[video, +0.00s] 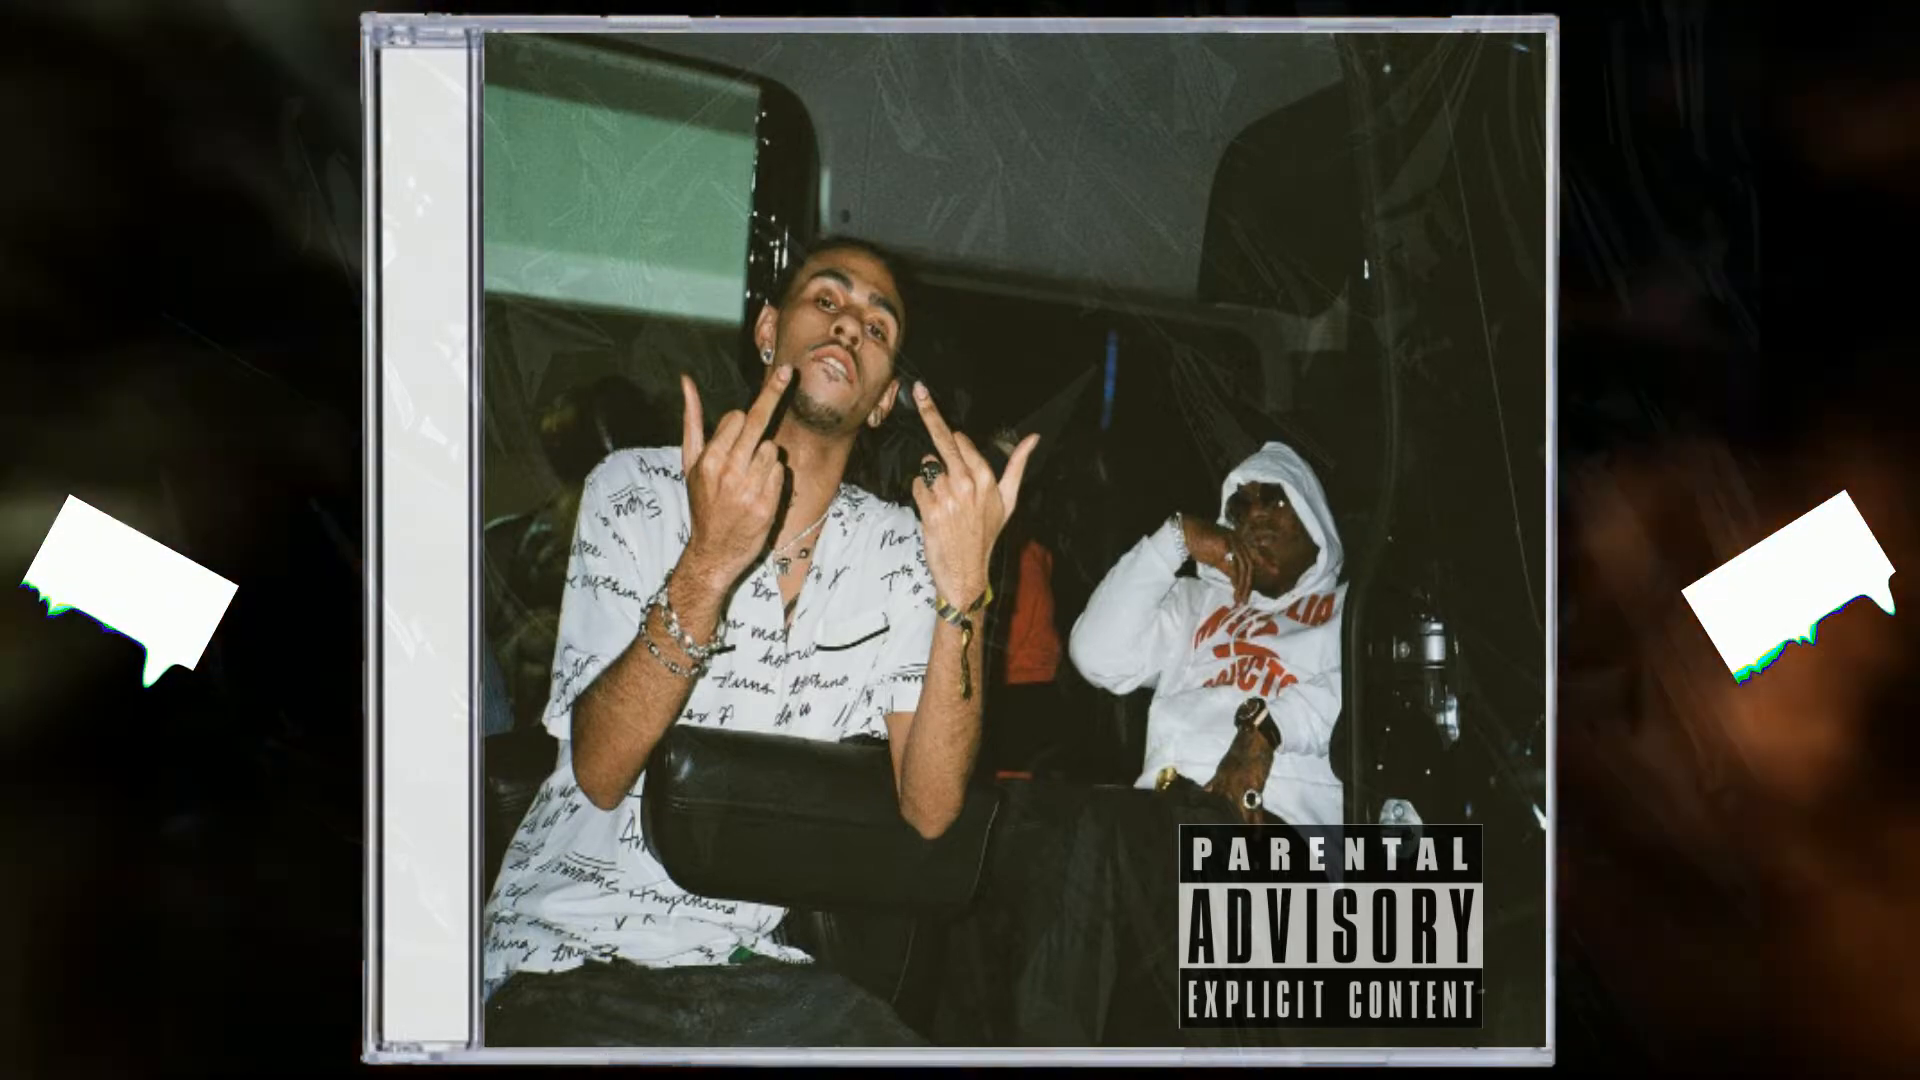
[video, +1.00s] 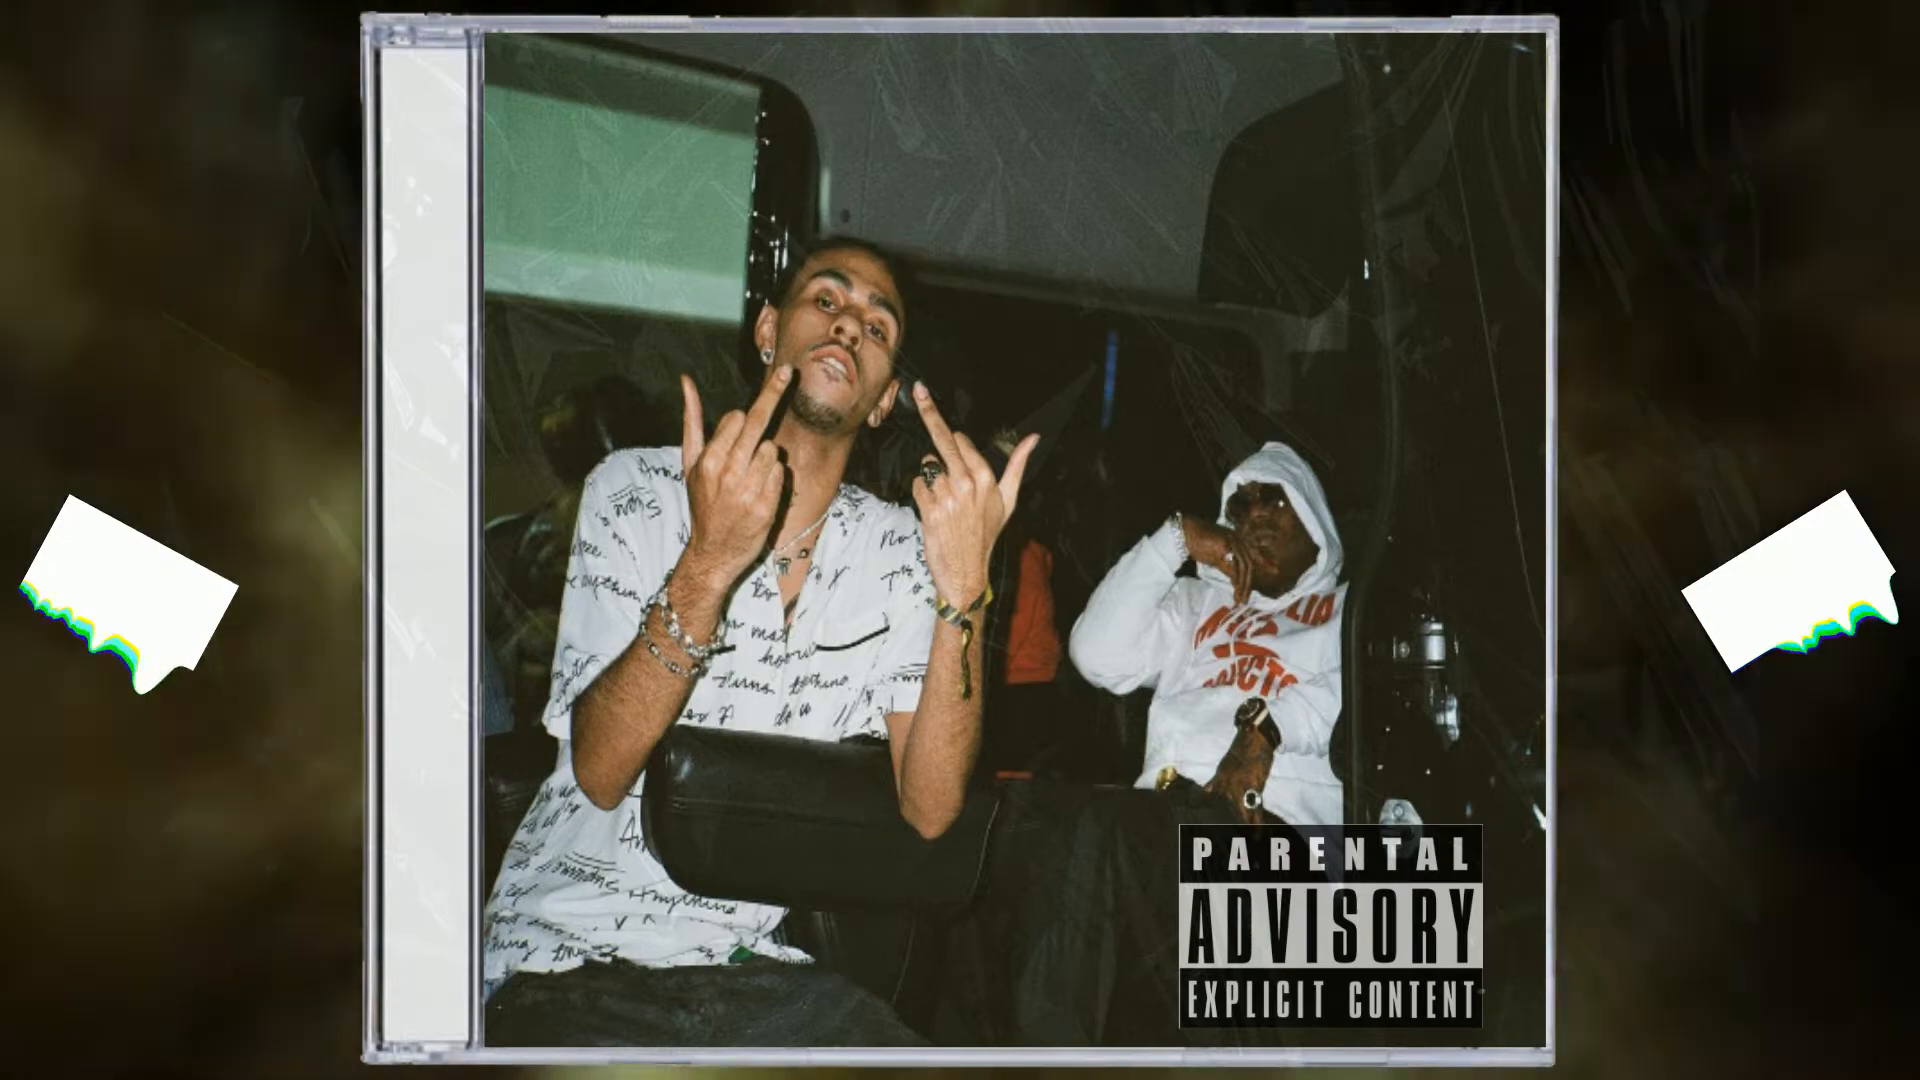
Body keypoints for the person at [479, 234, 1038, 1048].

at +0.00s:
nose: (852, 323)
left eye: (878, 323)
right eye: (826, 299)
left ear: (886, 396)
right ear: (766, 332)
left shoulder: (902, 550)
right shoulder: (638, 490)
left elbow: (930, 809)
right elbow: (601, 770)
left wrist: (965, 593)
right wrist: (709, 564)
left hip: (754, 956)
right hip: (568, 943)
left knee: (905, 1060)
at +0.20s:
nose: (852, 323)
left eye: (878, 324)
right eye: (826, 299)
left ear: (887, 396)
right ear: (767, 333)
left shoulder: (902, 551)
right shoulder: (637, 490)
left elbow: (931, 809)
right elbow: (601, 771)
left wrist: (966, 593)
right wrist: (709, 564)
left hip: (755, 958)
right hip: (569, 946)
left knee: (910, 1066)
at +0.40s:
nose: (852, 323)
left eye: (879, 323)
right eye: (826, 299)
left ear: (887, 396)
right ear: (767, 332)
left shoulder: (902, 550)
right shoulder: (638, 490)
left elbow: (931, 809)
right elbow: (601, 770)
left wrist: (965, 593)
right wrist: (709, 564)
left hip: (756, 957)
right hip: (569, 946)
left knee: (906, 1062)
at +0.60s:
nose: (852, 323)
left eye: (879, 324)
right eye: (826, 299)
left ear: (887, 396)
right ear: (767, 333)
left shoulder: (902, 550)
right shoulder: (637, 490)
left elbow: (930, 809)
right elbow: (601, 770)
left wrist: (965, 593)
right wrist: (709, 564)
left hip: (756, 958)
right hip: (570, 946)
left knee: (905, 1061)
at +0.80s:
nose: (852, 323)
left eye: (879, 324)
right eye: (826, 299)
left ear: (887, 396)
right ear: (767, 333)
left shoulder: (902, 551)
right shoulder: (637, 490)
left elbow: (931, 809)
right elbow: (601, 771)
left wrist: (966, 593)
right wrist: (709, 564)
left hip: (754, 957)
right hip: (568, 945)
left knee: (907, 1063)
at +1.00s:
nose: (851, 323)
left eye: (879, 323)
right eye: (826, 298)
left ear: (887, 395)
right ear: (767, 333)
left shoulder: (903, 550)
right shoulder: (638, 490)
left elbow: (931, 809)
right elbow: (601, 770)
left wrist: (965, 594)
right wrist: (710, 564)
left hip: (757, 957)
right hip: (572, 945)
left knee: (911, 1066)